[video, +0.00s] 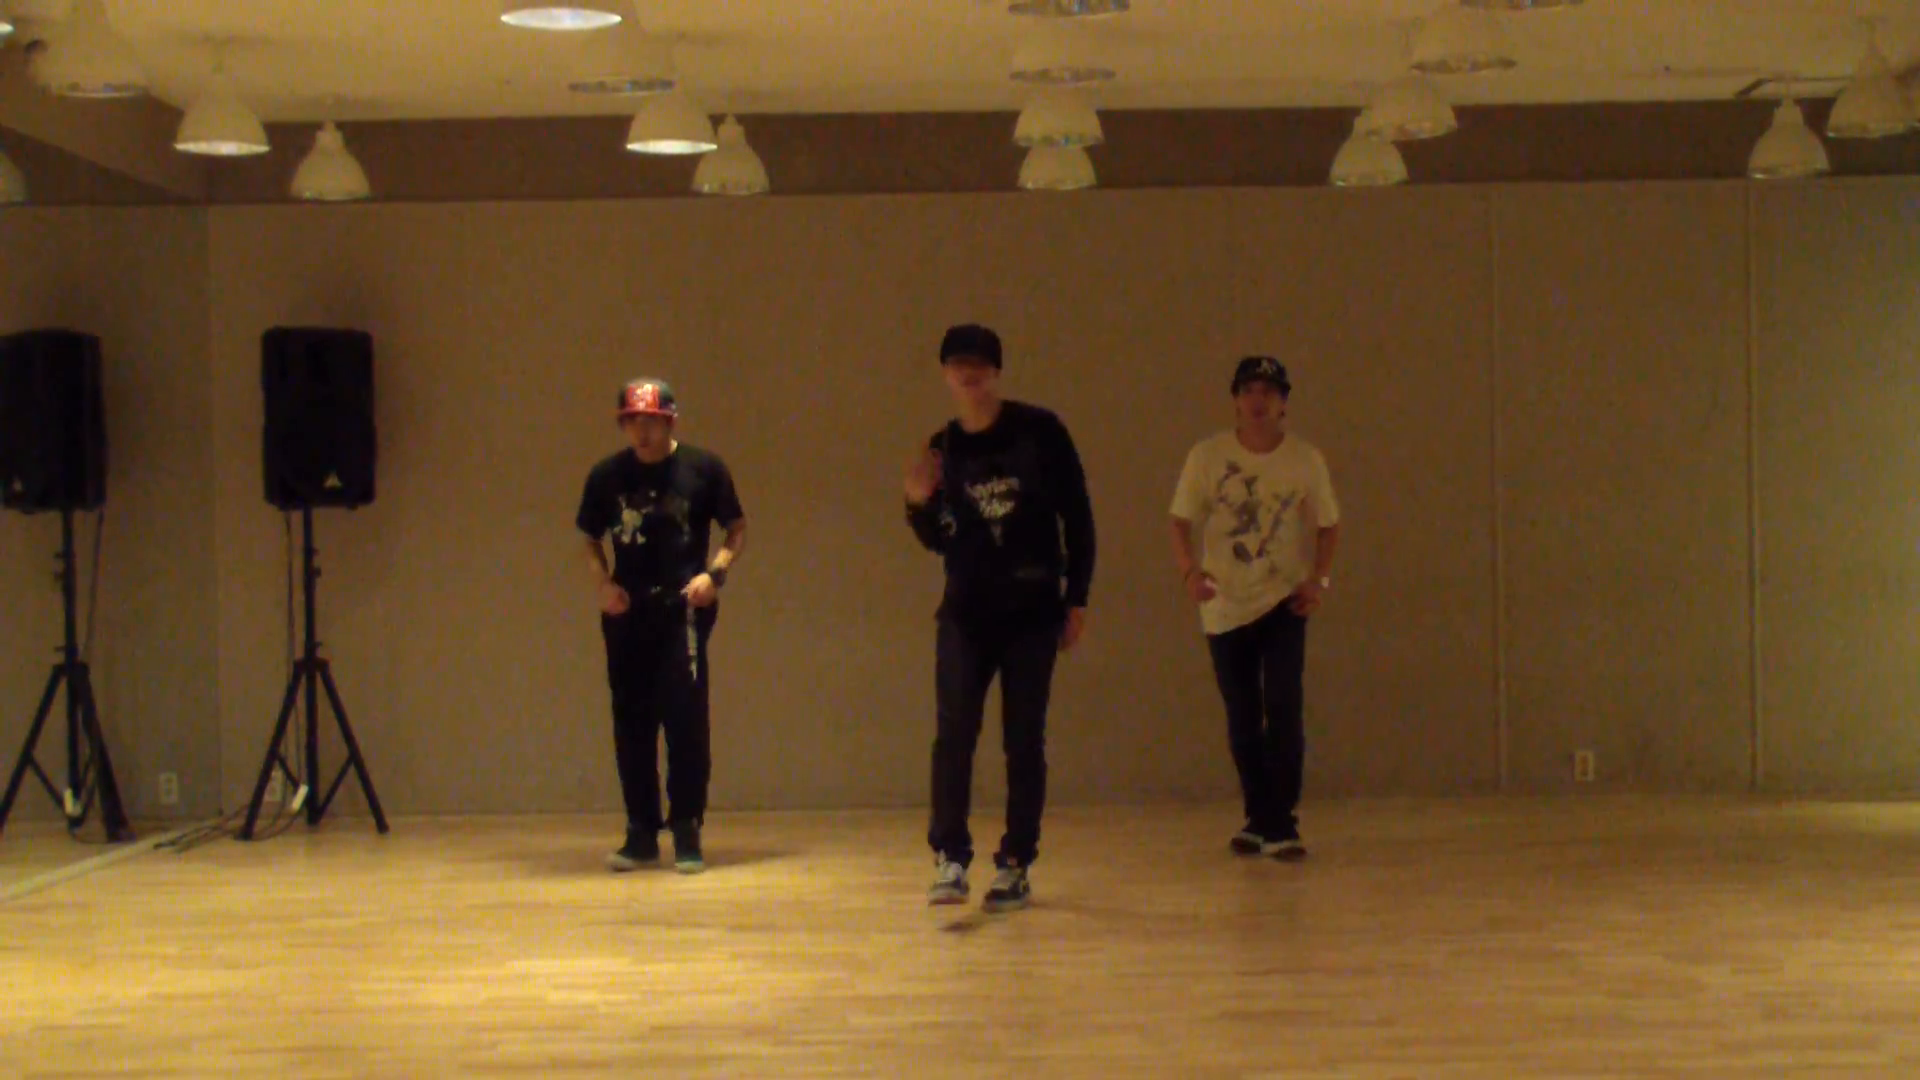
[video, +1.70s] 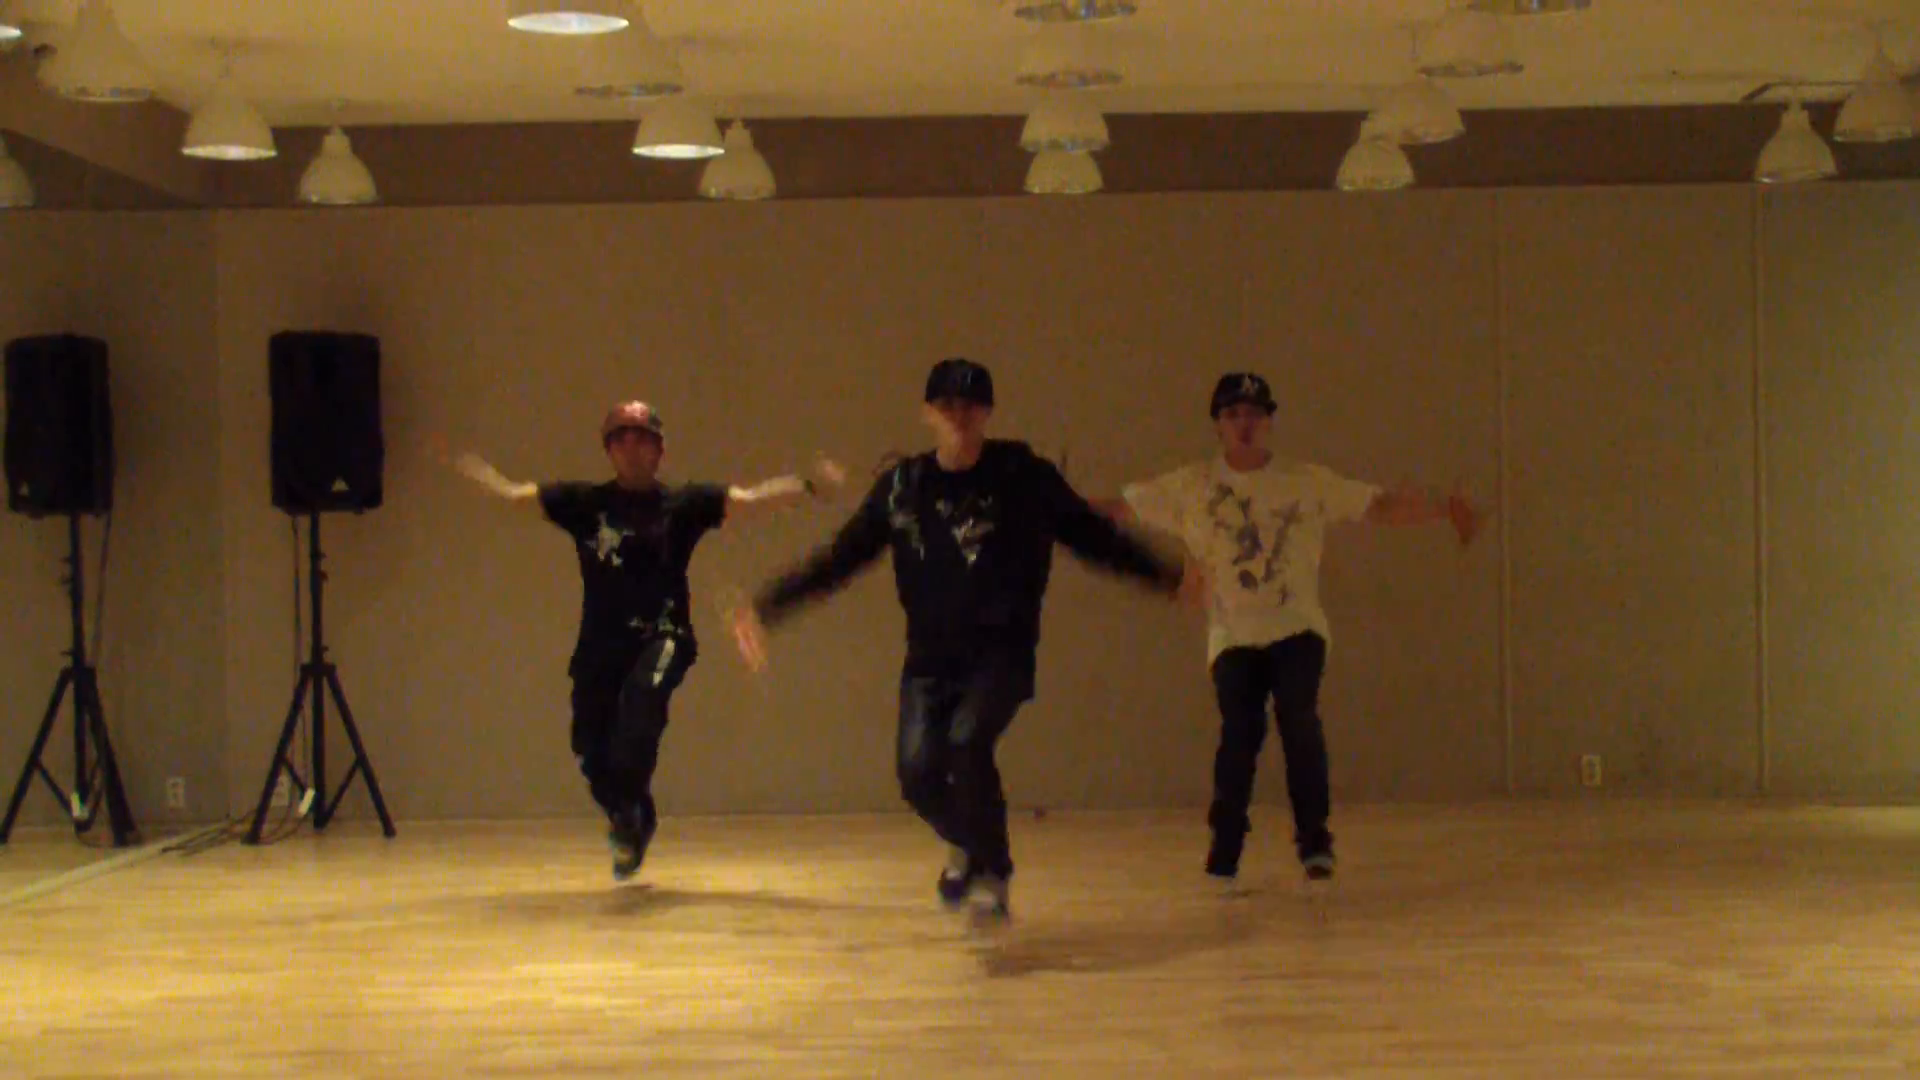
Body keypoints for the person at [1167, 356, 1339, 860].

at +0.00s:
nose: (1260, 402)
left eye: (1269, 393)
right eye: (1251, 393)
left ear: (1284, 402)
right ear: (1235, 400)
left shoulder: (1305, 460)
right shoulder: (1206, 456)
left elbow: (1327, 526)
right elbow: (1180, 520)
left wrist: (1317, 580)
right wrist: (1189, 570)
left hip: (1284, 604)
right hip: (1226, 608)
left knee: (1284, 713)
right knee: (1242, 718)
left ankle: (1282, 823)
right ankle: (1257, 821)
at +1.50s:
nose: (1233, 443)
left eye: (1242, 434)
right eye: (1222, 434)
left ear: (1256, 443)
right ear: (1205, 447)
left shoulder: (1286, 502)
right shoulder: (1191, 507)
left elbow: (1321, 525)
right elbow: (1169, 538)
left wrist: (1355, 526)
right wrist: (1148, 539)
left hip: (1283, 641)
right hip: (1223, 651)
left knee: (1287, 727)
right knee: (1237, 758)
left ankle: (1287, 811)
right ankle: (1244, 849)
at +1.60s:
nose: (1239, 426)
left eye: (1249, 417)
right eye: (1229, 417)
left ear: (1263, 424)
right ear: (1210, 427)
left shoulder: (1297, 489)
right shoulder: (1189, 498)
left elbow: (1372, 499)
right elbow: (1118, 505)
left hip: (1288, 629)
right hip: (1225, 641)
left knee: (1296, 707)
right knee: (1237, 751)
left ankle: (1300, 815)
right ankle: (1239, 839)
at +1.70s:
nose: (1243, 425)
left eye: (1253, 415)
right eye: (1232, 416)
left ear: (1270, 421)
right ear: (1216, 424)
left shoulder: (1306, 483)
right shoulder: (1192, 488)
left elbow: (1381, 505)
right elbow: (1119, 508)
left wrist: (1445, 507)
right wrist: (1062, 507)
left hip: (1297, 627)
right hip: (1233, 634)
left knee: (1299, 722)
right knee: (1240, 730)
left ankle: (1314, 842)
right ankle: (1225, 844)